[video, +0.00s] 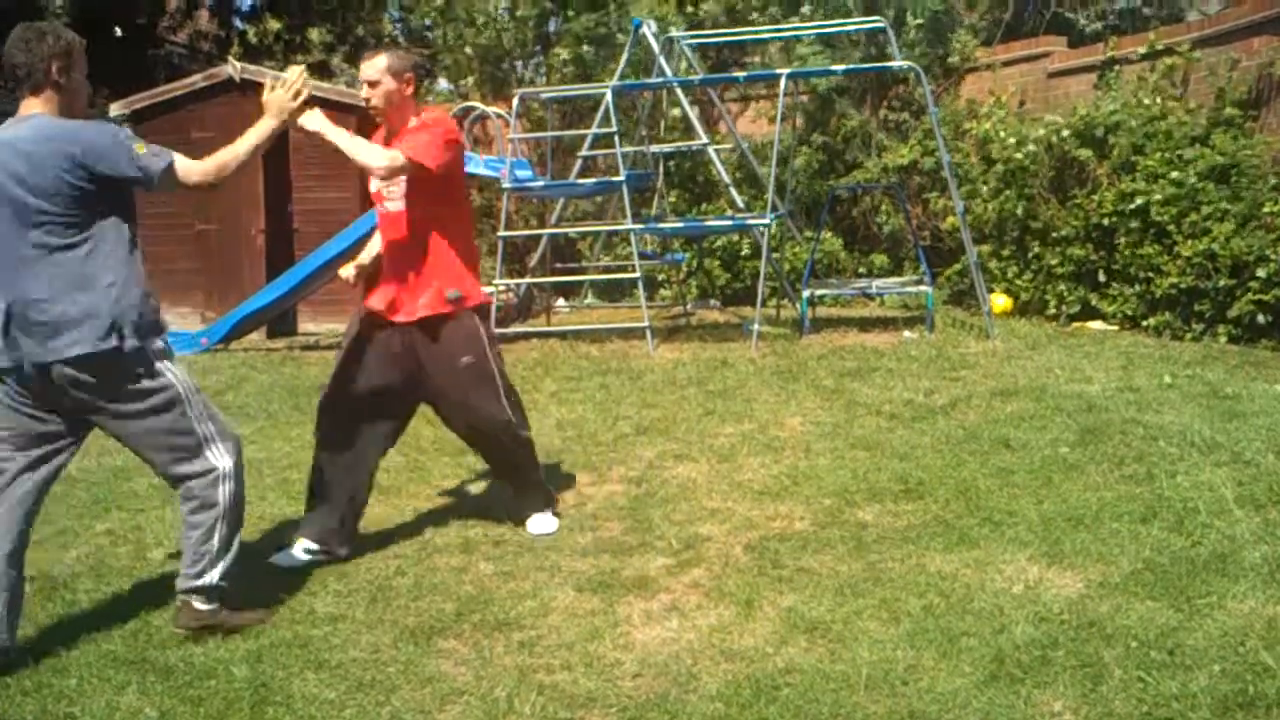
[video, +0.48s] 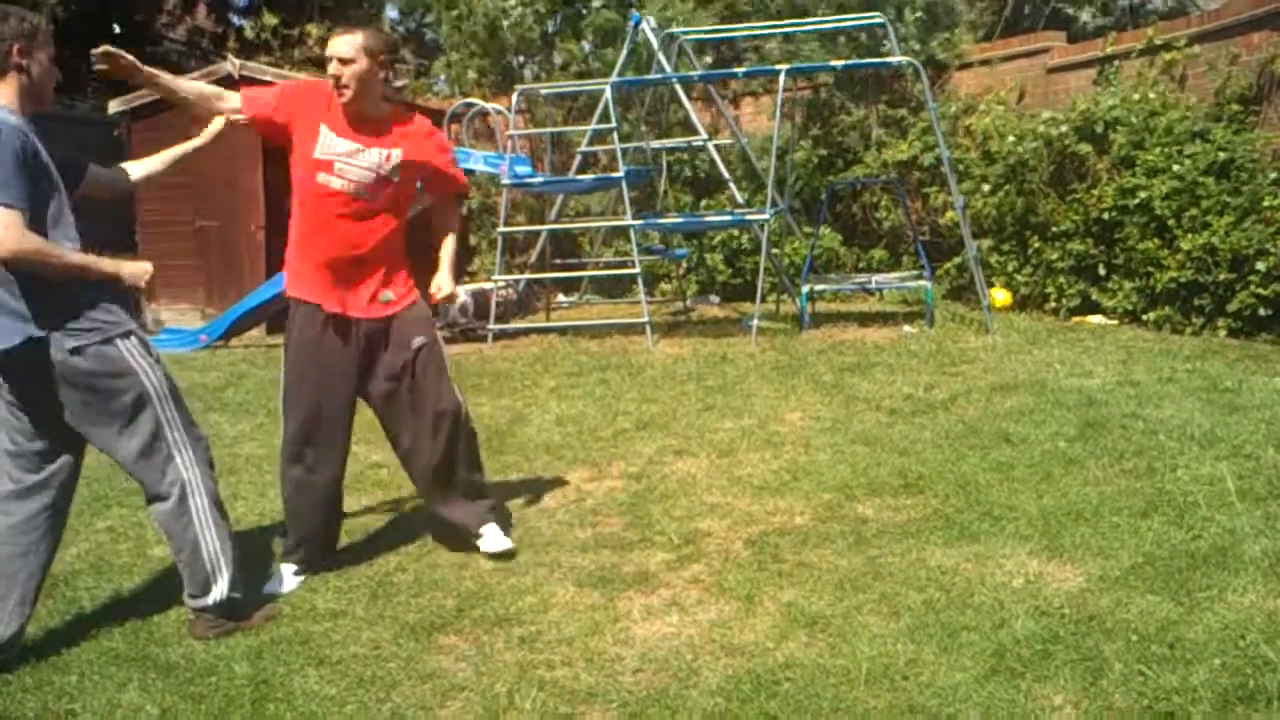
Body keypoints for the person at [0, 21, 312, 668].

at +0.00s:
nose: (89, 85)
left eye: (85, 73)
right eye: (83, 74)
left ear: (24, 81)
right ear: (56, 76)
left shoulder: (4, 143)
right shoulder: (82, 140)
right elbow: (200, 172)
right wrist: (271, 121)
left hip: (23, 355)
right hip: (102, 345)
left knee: (7, 509)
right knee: (212, 457)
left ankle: (1, 638)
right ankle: (202, 596)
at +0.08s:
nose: (82, 77)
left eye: (77, 65)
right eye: (75, 66)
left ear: (19, 74)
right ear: (48, 68)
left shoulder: (5, 132)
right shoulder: (74, 129)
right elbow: (195, 162)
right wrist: (269, 129)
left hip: (17, 343)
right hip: (92, 335)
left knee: (19, 490)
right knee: (207, 450)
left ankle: (1, 629)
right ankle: (214, 594)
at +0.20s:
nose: (66, 70)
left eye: (63, 59)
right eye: (60, 60)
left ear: (7, 63)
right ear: (37, 57)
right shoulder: (59, 121)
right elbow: (161, 178)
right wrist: (238, 191)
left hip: (13, 337)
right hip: (90, 325)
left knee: (15, 489)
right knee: (167, 451)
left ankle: (1, 628)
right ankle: (216, 594)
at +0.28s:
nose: (62, 71)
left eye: (60, 59)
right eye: (57, 59)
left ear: (10, 63)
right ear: (31, 59)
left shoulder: (5, 126)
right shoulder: (41, 124)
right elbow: (124, 203)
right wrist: (202, 225)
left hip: (14, 335)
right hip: (86, 322)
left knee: (15, 493)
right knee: (169, 449)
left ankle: (2, 633)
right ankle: (216, 598)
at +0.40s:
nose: (58, 72)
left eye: (55, 59)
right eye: (52, 59)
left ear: (14, 63)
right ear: (24, 59)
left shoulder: (21, 133)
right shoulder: (13, 132)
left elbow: (108, 179)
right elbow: (29, 243)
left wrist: (194, 134)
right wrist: (135, 278)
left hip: (26, 340)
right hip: (84, 334)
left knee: (23, 495)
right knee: (171, 453)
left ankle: (2, 634)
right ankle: (217, 600)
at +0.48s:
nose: (57, 70)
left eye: (54, 58)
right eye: (49, 58)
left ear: (14, 61)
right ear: (18, 59)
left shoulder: (20, 135)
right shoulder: (10, 135)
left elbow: (115, 179)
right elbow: (12, 242)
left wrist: (200, 140)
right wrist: (111, 267)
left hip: (32, 341)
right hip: (85, 334)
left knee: (26, 493)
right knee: (174, 450)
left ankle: (4, 630)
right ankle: (219, 597)